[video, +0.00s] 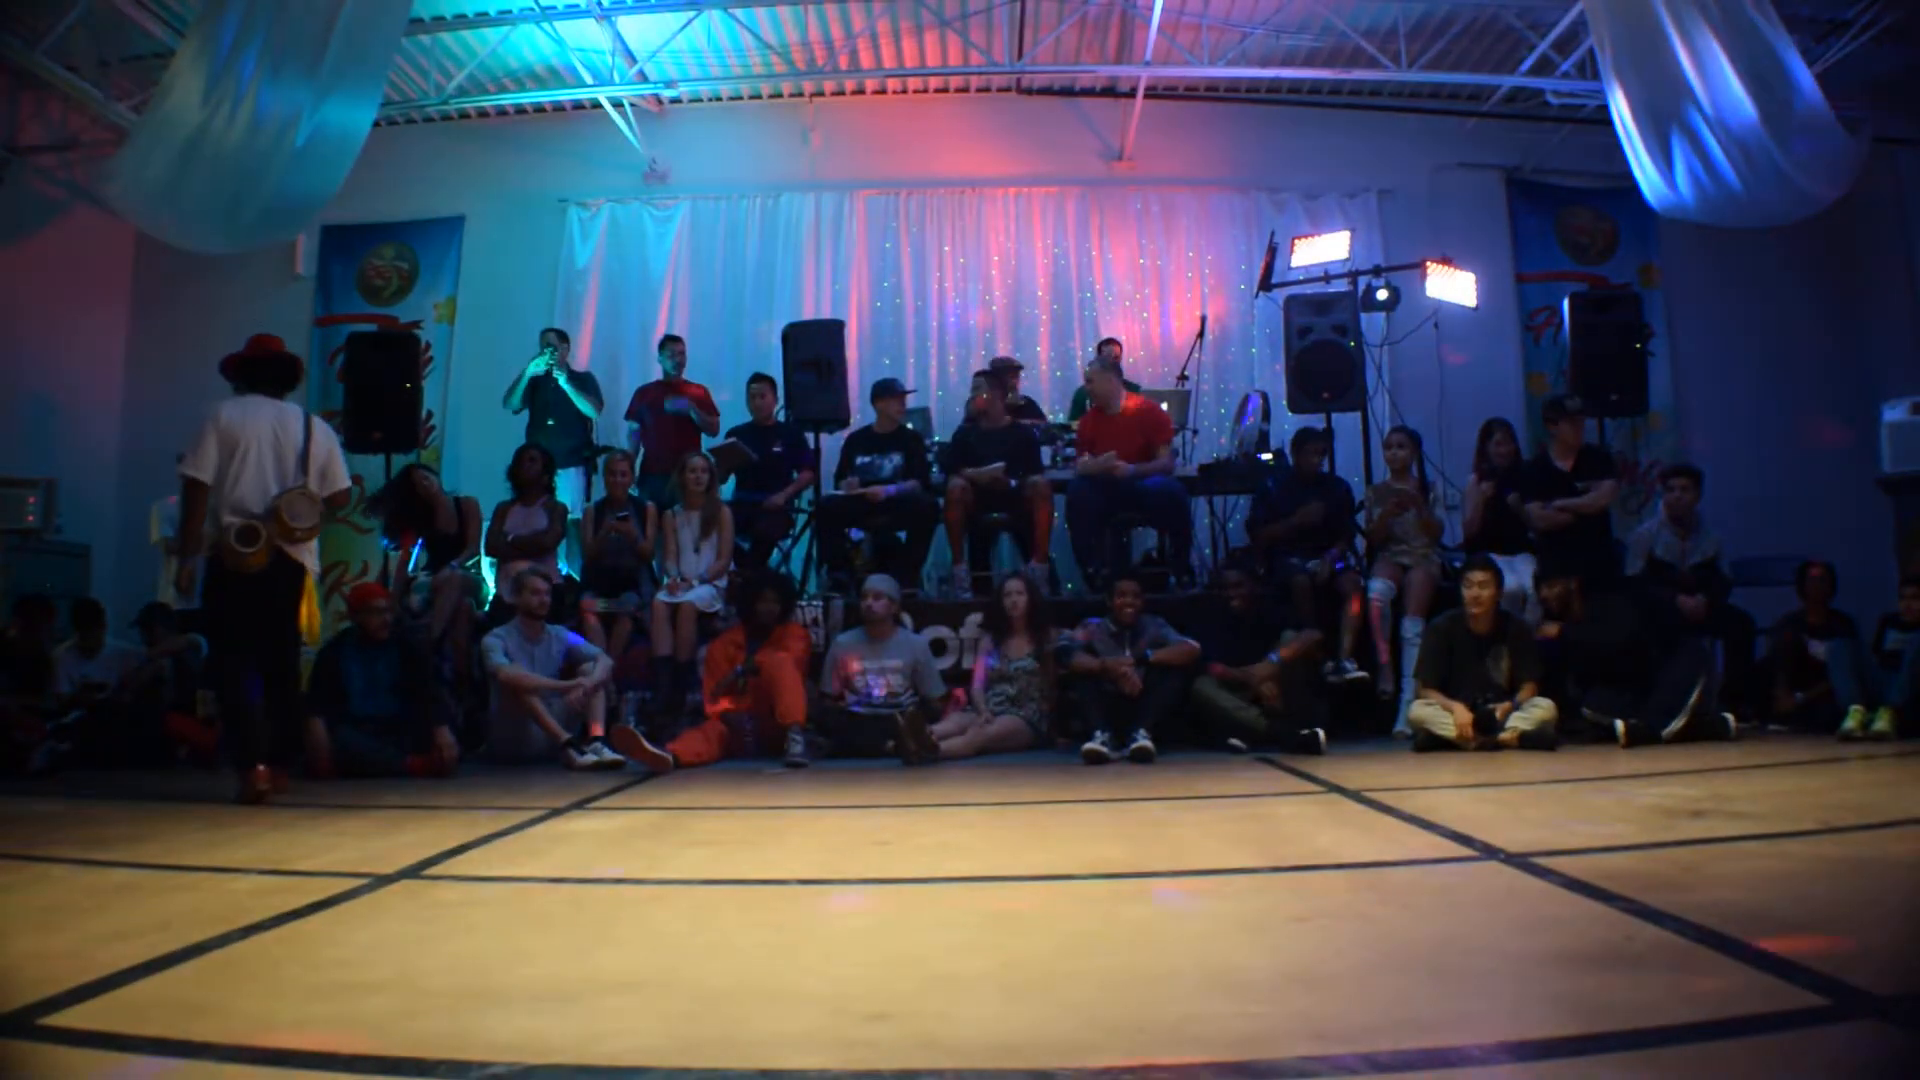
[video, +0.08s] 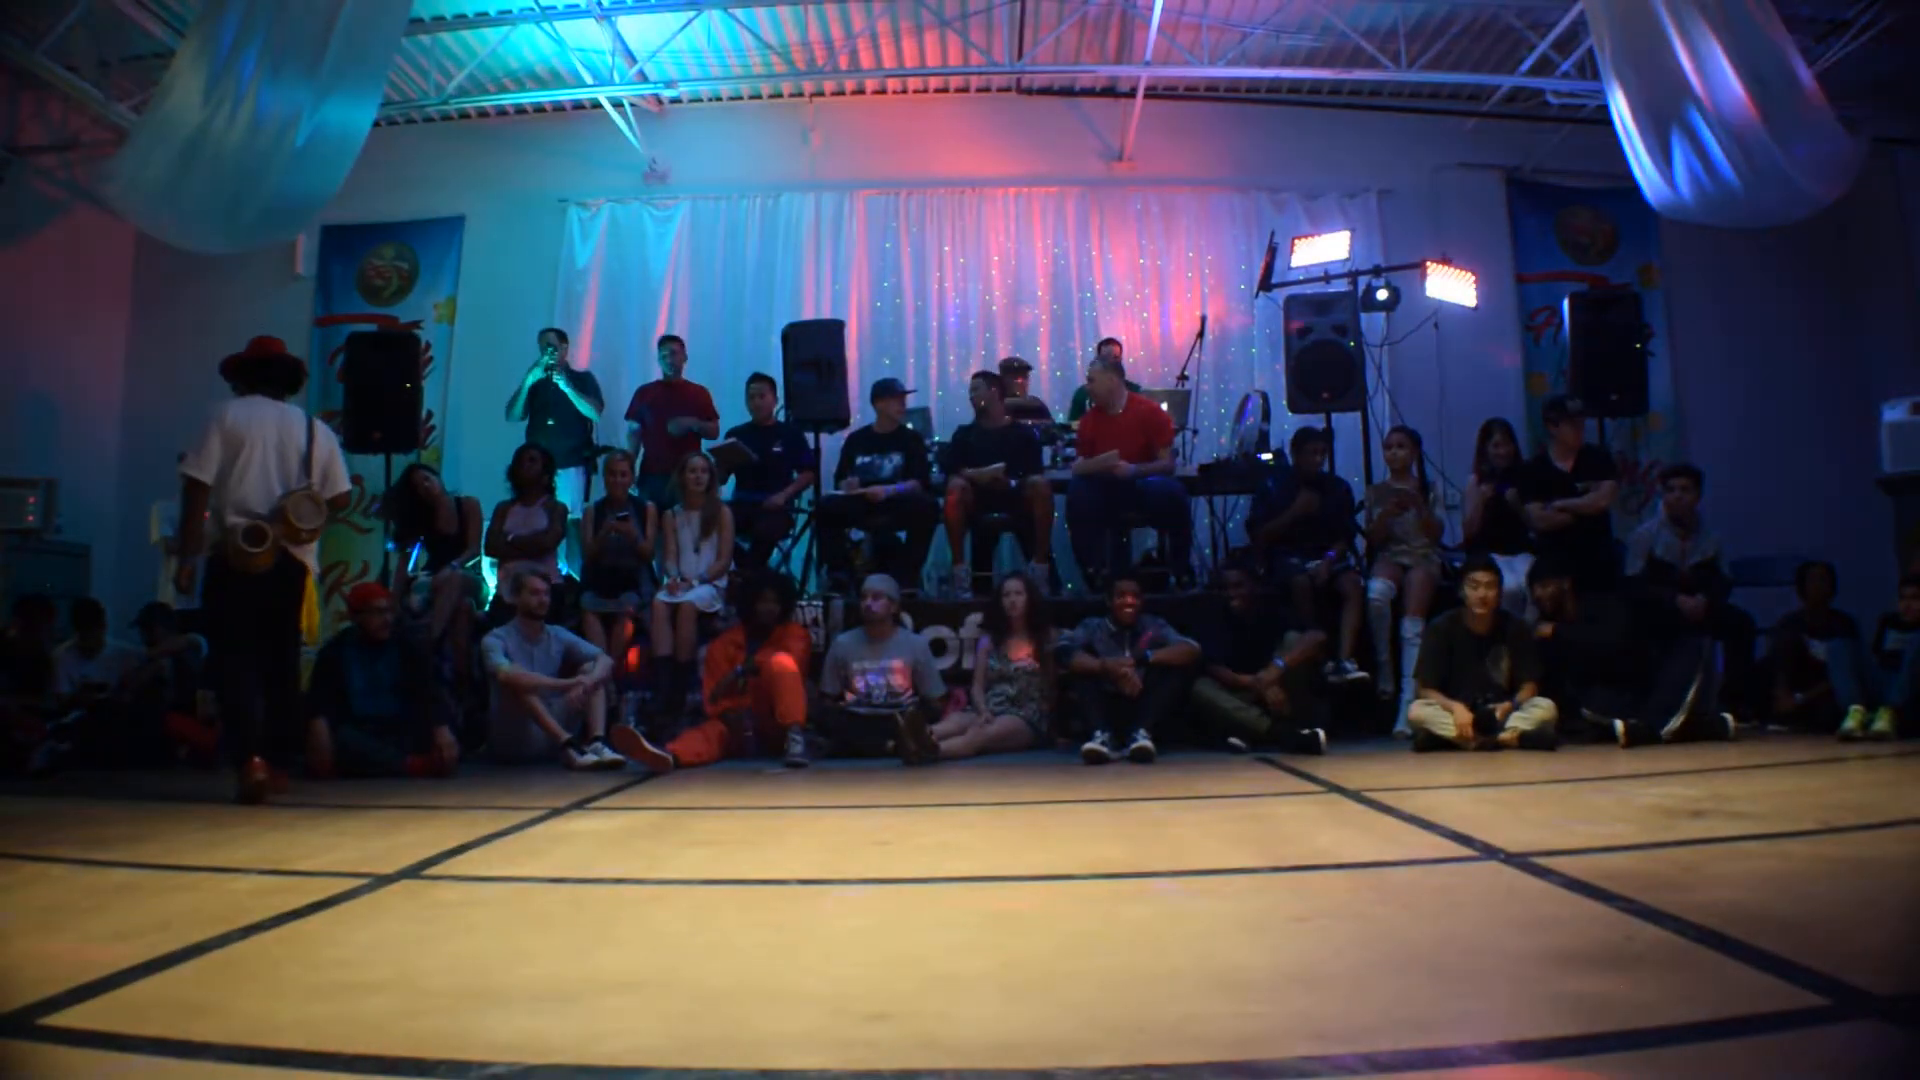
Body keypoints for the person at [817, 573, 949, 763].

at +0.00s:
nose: (869, 604)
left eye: (877, 598)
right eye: (865, 598)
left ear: (894, 606)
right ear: (860, 602)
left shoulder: (915, 645)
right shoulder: (842, 645)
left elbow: (935, 703)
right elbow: (829, 700)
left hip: (902, 719)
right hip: (856, 720)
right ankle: (888, 745)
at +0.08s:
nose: (868, 604)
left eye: (876, 598)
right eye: (864, 598)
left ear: (893, 606)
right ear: (859, 602)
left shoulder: (915, 645)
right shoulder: (842, 645)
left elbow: (935, 703)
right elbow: (828, 700)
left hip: (903, 719)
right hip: (857, 720)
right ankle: (889, 745)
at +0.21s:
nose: (869, 604)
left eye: (877, 598)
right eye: (865, 598)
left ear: (894, 605)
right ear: (860, 602)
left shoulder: (915, 645)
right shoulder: (843, 645)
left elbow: (934, 704)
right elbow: (826, 700)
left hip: (903, 721)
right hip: (857, 721)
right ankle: (890, 746)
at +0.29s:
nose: (871, 603)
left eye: (879, 597)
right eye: (866, 596)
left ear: (894, 605)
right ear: (860, 602)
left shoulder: (916, 645)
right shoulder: (842, 645)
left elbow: (935, 702)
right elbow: (828, 699)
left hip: (903, 718)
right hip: (857, 719)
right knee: (823, 717)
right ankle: (888, 746)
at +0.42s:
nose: (869, 604)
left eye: (878, 598)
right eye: (866, 597)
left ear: (894, 605)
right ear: (861, 601)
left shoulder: (915, 645)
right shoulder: (843, 645)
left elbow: (935, 702)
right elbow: (828, 699)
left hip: (903, 719)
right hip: (858, 721)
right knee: (823, 718)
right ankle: (888, 745)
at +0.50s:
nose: (870, 603)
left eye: (878, 598)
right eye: (866, 597)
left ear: (895, 605)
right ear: (861, 601)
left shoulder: (916, 645)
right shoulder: (843, 645)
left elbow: (935, 702)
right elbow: (828, 700)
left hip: (904, 720)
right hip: (858, 723)